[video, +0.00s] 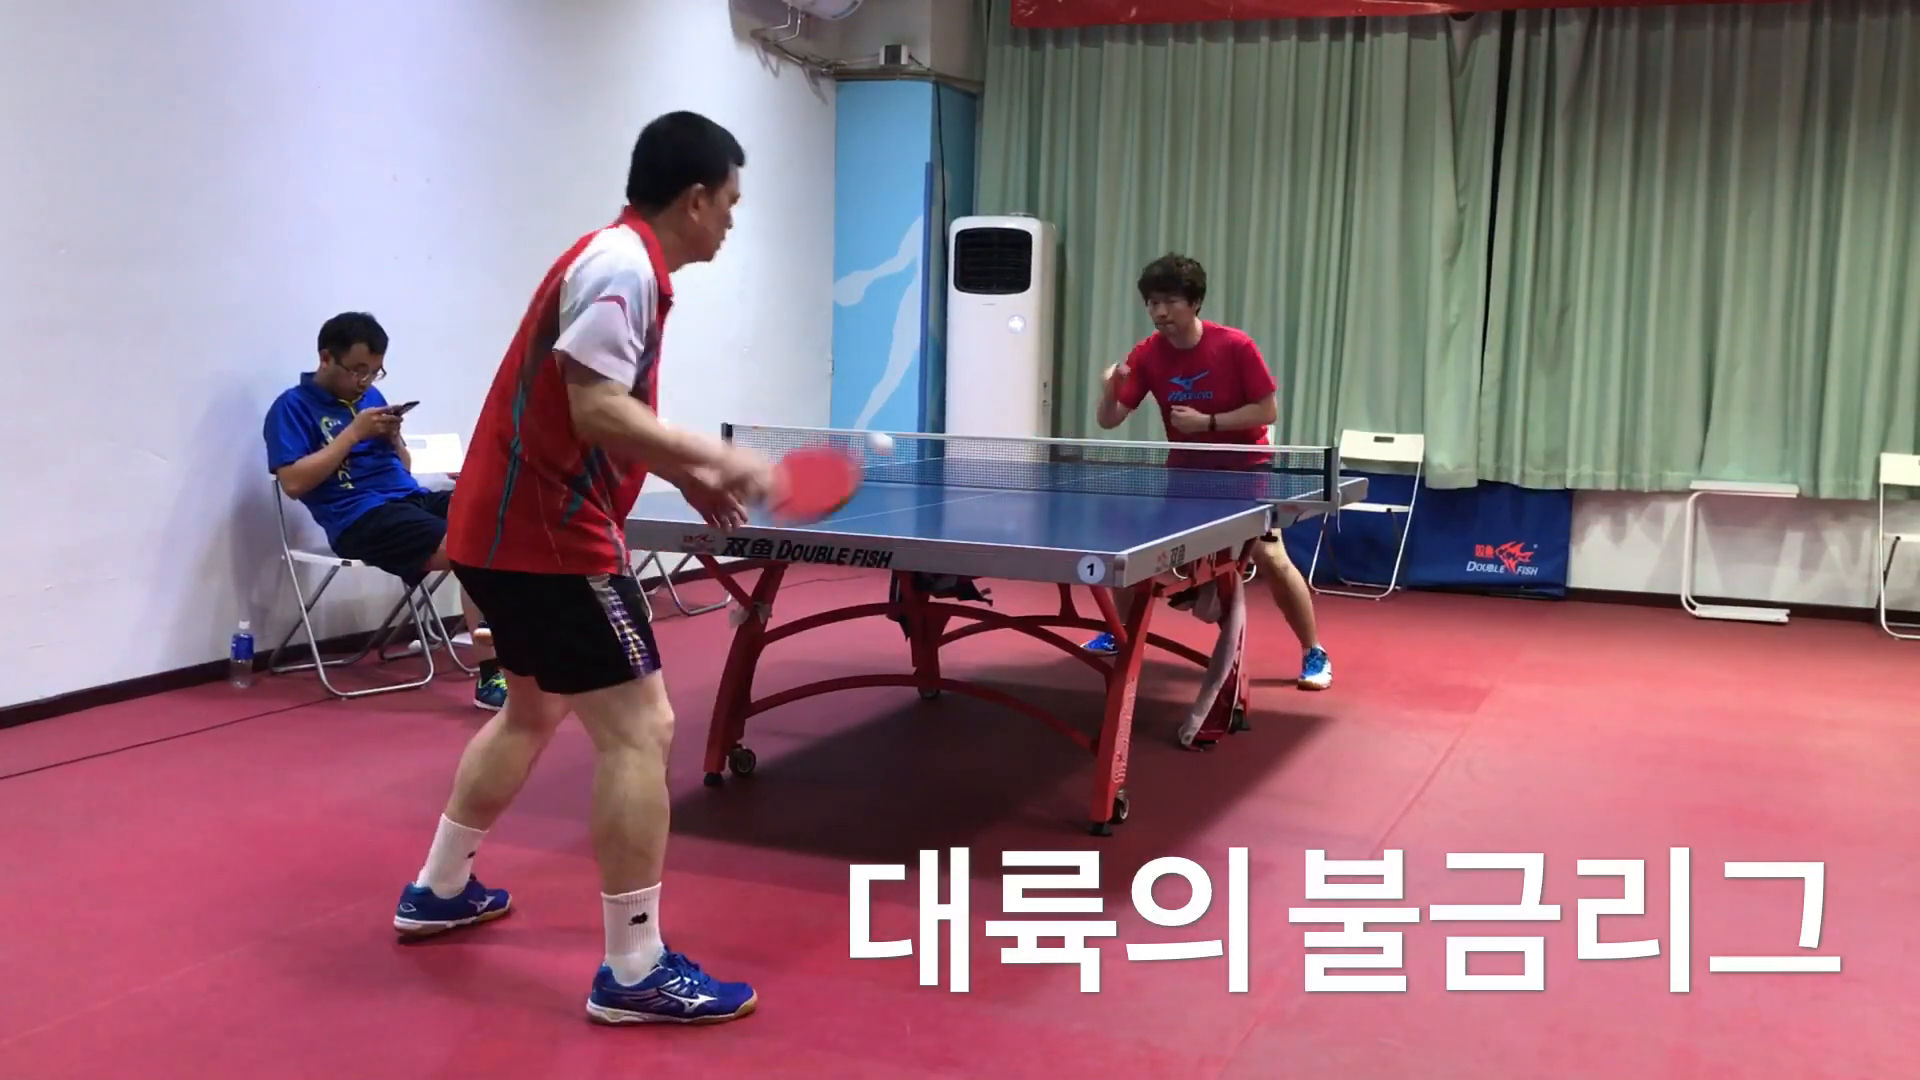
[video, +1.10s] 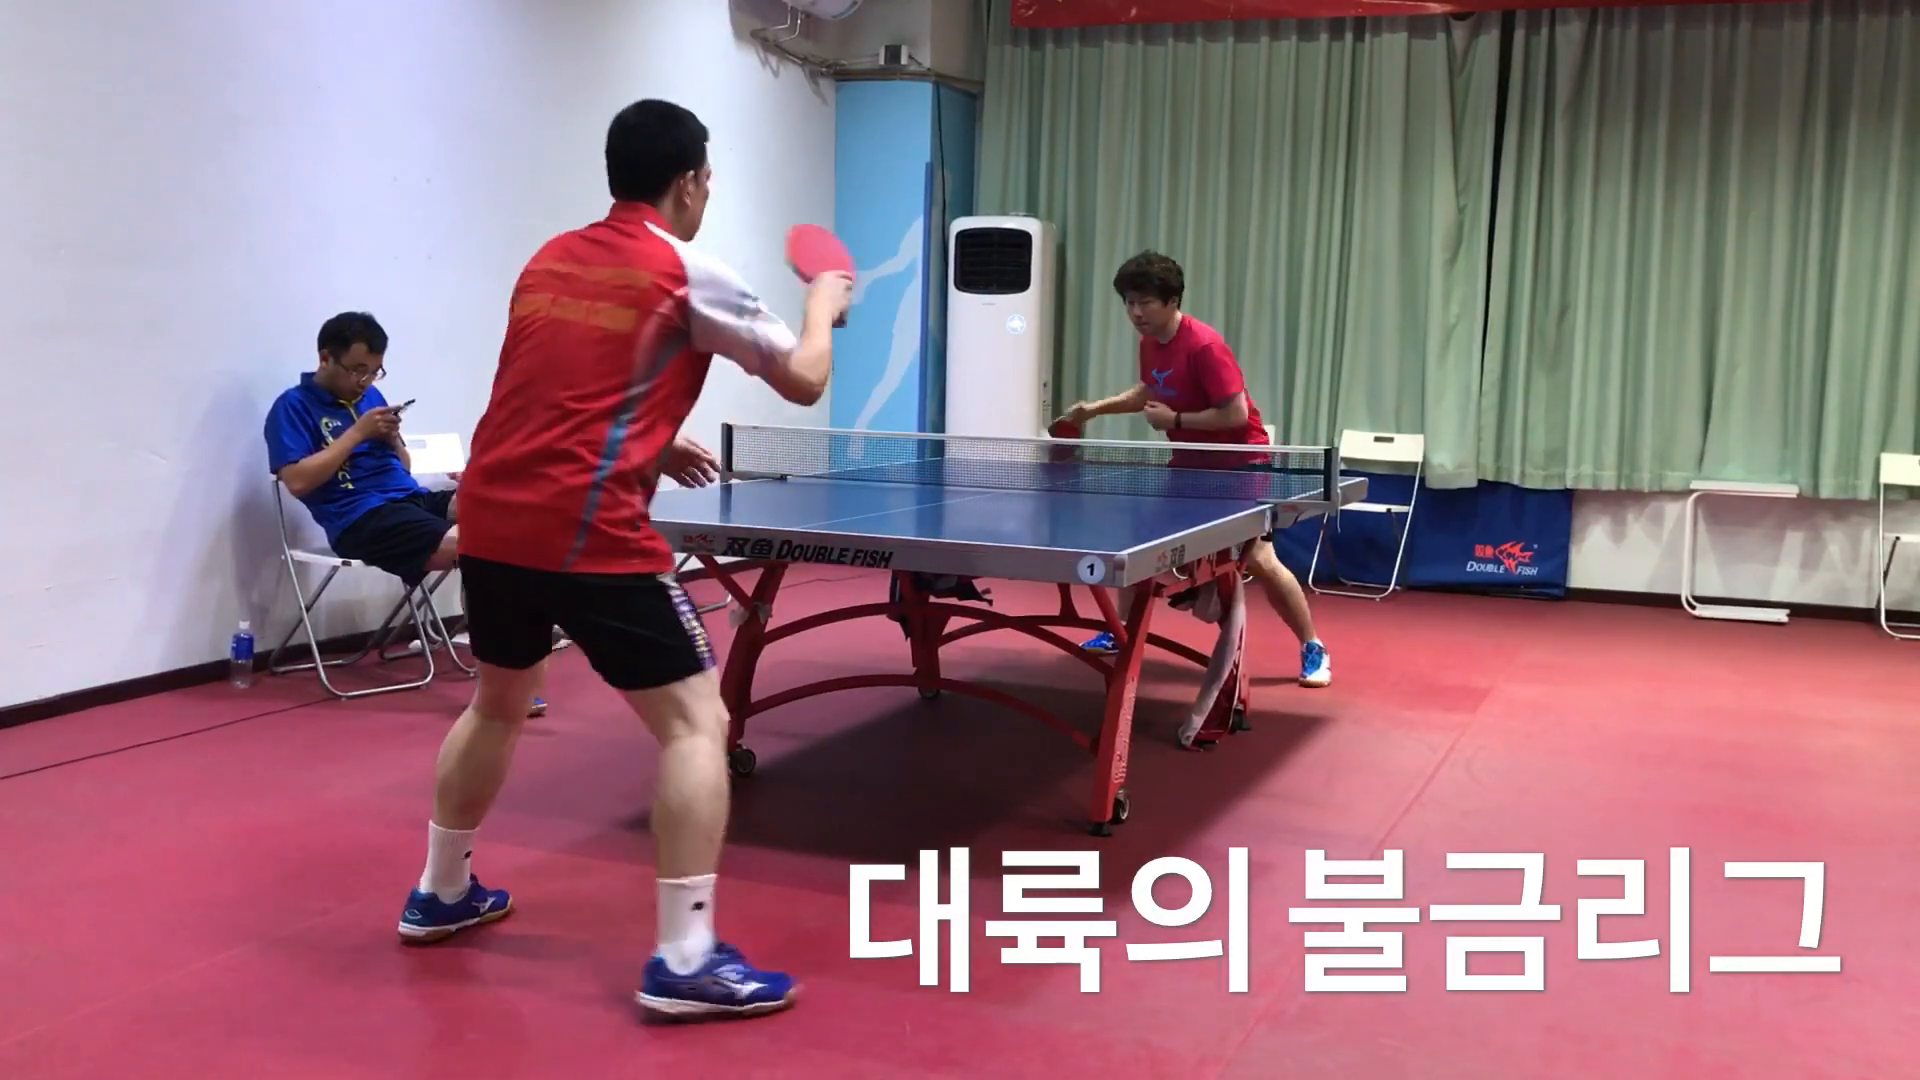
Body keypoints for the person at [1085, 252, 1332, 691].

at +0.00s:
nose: (1159, 311)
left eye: (1169, 301)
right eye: (1152, 302)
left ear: (1194, 301)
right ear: (1147, 305)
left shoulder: (1234, 346)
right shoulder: (1146, 355)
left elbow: (1267, 411)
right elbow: (1108, 419)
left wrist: (1207, 422)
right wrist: (1110, 386)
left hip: (1244, 473)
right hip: (1184, 474)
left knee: (1270, 555)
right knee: (1134, 548)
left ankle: (1313, 652)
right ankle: (1122, 634)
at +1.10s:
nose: (1135, 312)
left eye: (1143, 302)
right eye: (1129, 304)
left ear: (1171, 300)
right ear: (1126, 305)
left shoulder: (1206, 345)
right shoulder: (1150, 344)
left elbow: (1237, 414)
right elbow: (1151, 394)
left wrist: (1175, 420)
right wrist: (1094, 408)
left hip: (1241, 464)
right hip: (1189, 463)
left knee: (1259, 557)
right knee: (1146, 538)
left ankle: (1312, 646)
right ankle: (1127, 631)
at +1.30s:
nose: (1154, 328)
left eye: (1159, 319)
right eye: (1151, 320)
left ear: (1187, 312)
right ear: (1178, 314)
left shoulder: (1226, 360)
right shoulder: (1185, 348)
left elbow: (1249, 432)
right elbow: (1180, 398)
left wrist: (1190, 432)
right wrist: (1126, 386)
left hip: (1258, 480)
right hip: (1212, 477)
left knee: (1263, 574)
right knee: (1149, 540)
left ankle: (1312, 650)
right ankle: (1126, 633)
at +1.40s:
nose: (1166, 320)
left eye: (1172, 311)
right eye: (1162, 312)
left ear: (1201, 304)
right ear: (1177, 311)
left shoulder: (1243, 350)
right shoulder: (1184, 346)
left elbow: (1264, 426)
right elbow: (1157, 395)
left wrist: (1201, 426)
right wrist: (1122, 374)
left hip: (1264, 477)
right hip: (1215, 472)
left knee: (1271, 571)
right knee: (1155, 543)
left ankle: (1313, 651)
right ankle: (1126, 633)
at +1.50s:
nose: (1177, 308)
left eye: (1185, 298)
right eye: (1174, 299)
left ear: (1214, 294)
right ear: (1176, 298)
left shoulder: (1261, 344)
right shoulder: (1180, 339)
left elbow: (1283, 413)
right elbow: (1138, 393)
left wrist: (1220, 417)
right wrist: (1127, 364)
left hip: (1267, 471)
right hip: (1212, 469)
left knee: (1282, 561)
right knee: (1156, 541)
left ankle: (1315, 649)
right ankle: (1126, 634)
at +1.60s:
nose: (1186, 307)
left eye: (1195, 297)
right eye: (1179, 298)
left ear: (1222, 295)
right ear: (1173, 299)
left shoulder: (1264, 344)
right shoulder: (1174, 344)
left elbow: (1291, 410)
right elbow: (1134, 405)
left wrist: (1227, 419)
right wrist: (1131, 379)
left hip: (1264, 470)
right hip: (1205, 469)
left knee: (1284, 558)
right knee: (1150, 540)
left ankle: (1317, 650)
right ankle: (1124, 636)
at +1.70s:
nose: (1180, 310)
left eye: (1190, 300)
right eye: (1173, 301)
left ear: (1215, 300)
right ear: (1167, 304)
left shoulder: (1256, 349)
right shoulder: (1165, 351)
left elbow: (1283, 415)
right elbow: (1131, 419)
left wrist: (1225, 425)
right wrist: (1132, 392)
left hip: (1256, 477)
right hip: (1195, 477)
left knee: (1279, 558)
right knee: (1138, 545)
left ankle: (1317, 650)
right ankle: (1123, 636)